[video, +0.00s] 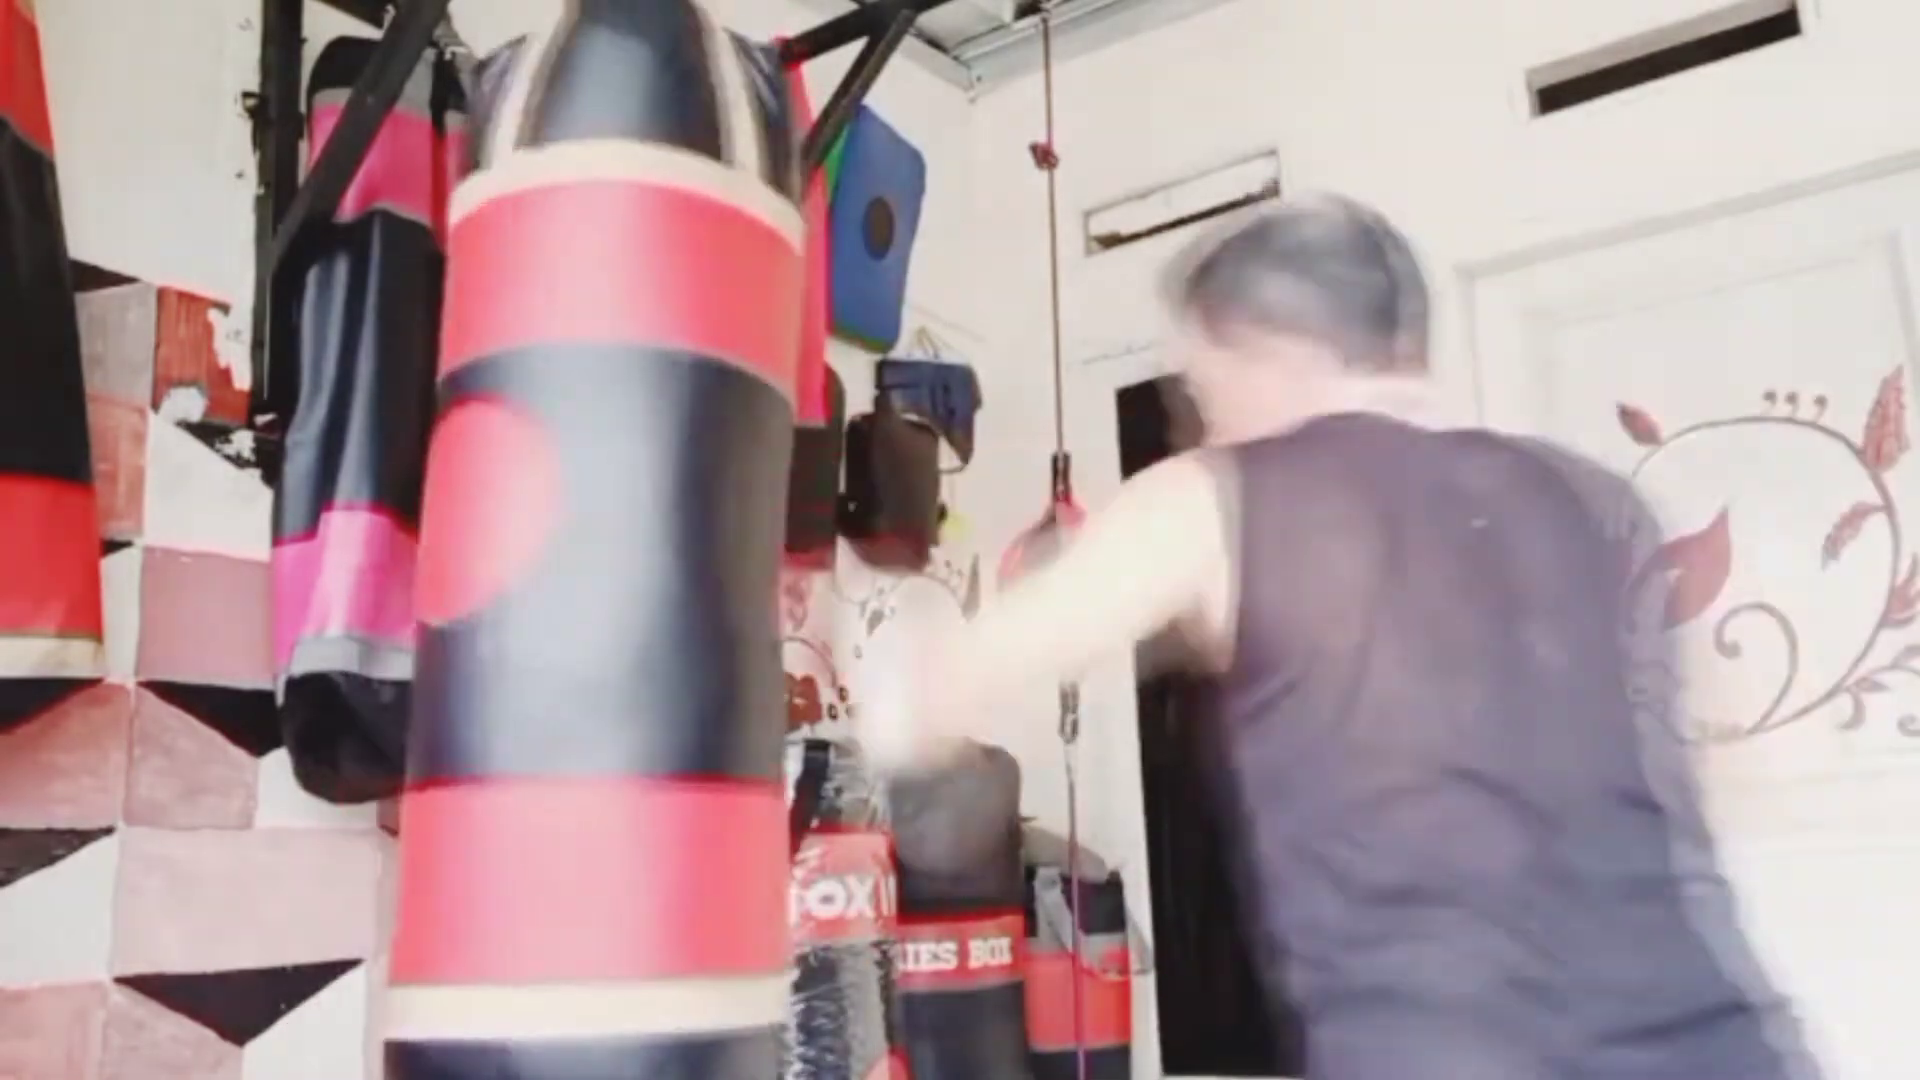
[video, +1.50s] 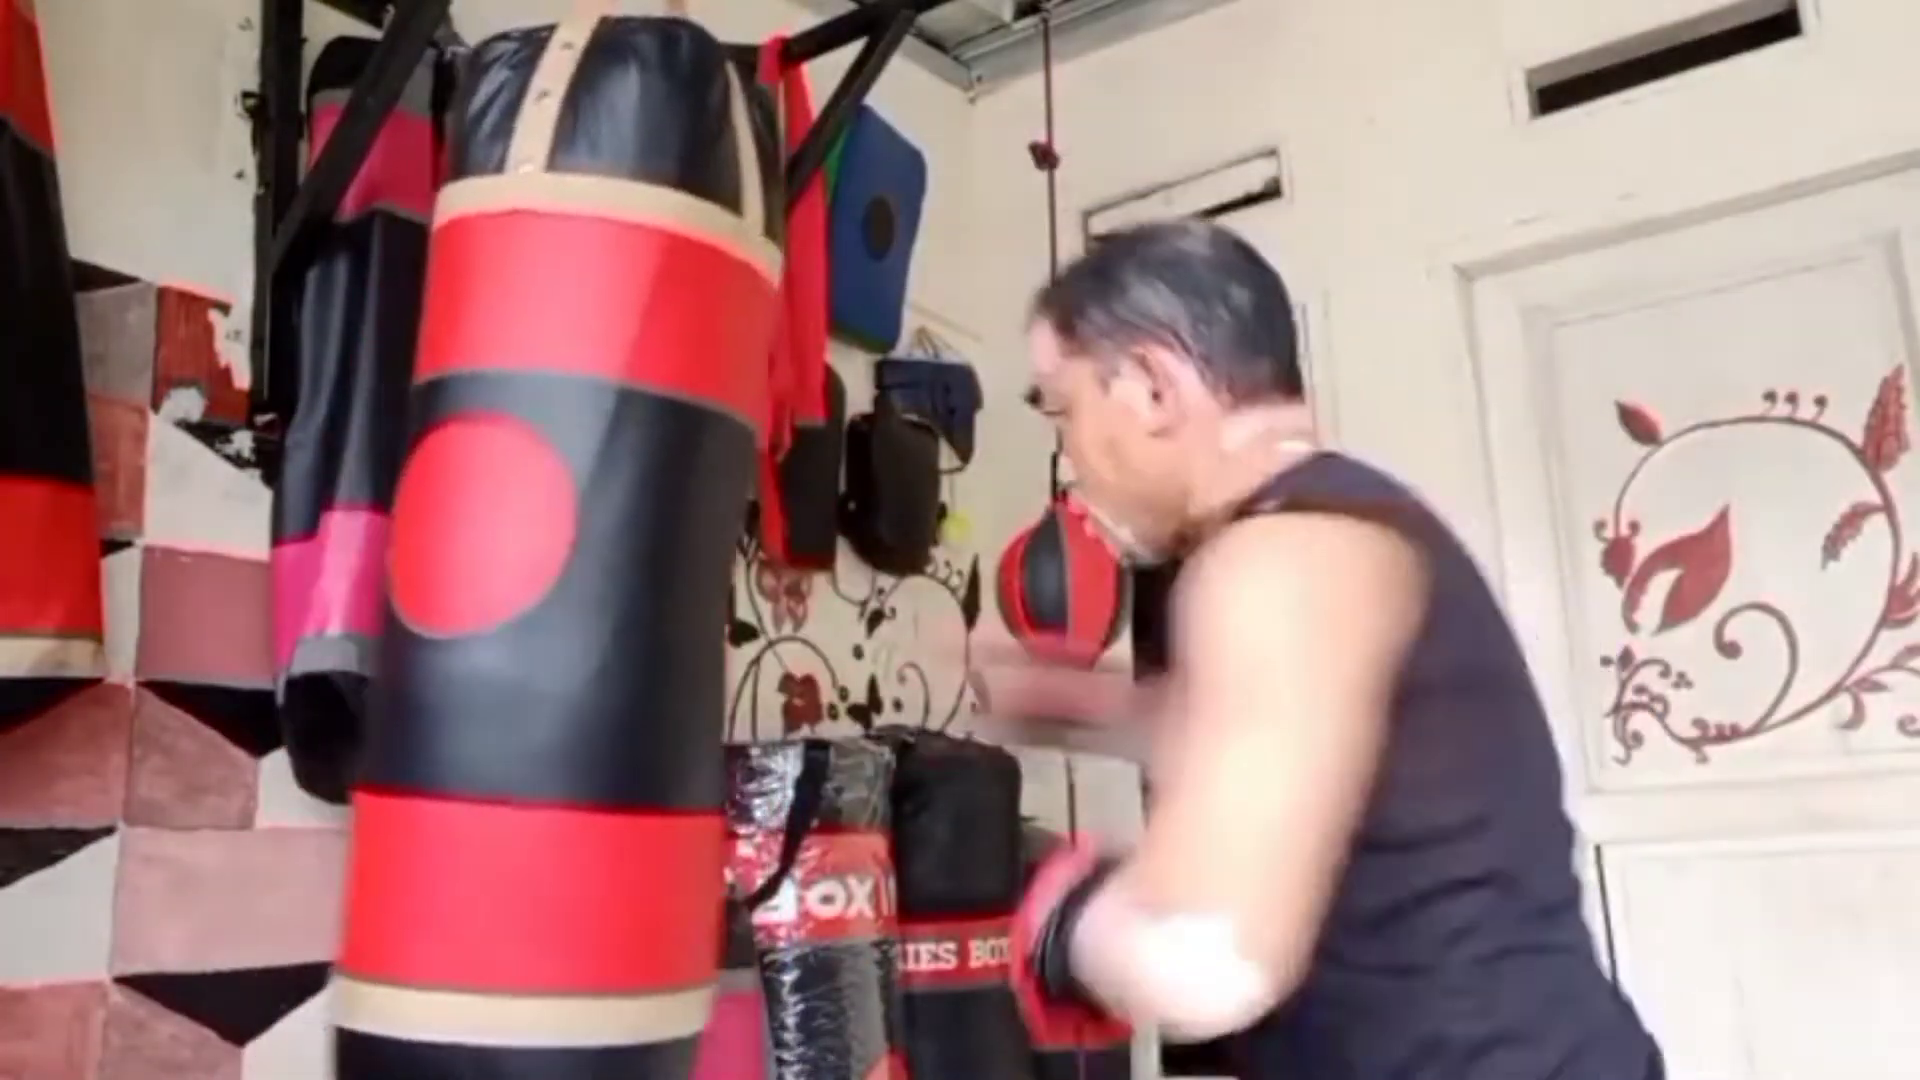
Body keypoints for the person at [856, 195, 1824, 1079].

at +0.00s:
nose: (1205, 414)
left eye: (1203, 379)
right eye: (1196, 384)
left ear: (1260, 346)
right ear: (1407, 345)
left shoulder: (1212, 505)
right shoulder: (1601, 500)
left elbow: (930, 707)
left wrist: (991, 611)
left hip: (1426, 1055)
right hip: (1708, 1046)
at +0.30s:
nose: (1037, 384)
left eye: (1026, 339)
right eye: (1022, 345)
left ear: (1101, 321)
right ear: (1237, 293)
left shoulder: (1219, 526)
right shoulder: (1342, 446)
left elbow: (1216, 982)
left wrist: (1020, 854)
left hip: (1410, 1059)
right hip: (1568, 1033)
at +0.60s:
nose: (1049, 386)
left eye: (1039, 339)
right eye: (1033, 344)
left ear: (1114, 327)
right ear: (1251, 304)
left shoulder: (1191, 531)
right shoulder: (1396, 479)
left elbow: (1178, 958)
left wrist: (1005, 947)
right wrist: (1086, 937)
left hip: (1364, 1060)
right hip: (1563, 1042)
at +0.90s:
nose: (1158, 481)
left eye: (1162, 436)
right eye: (1153, 443)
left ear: (1250, 414)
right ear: (1360, 401)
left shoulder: (1273, 569)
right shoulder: (1528, 584)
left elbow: (1246, 976)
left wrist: (1120, 1049)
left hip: (1418, 1058)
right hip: (1627, 1051)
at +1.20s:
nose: (1165, 532)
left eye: (1168, 488)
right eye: (1157, 497)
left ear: (1250, 462)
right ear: (1367, 464)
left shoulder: (1200, 633)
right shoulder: (1559, 624)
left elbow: (1106, 1018)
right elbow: (1669, 958)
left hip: (1381, 1053)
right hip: (1633, 1055)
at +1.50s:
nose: (1065, 465)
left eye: (1060, 411)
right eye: (1053, 418)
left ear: (1152, 384)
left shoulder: (1285, 560)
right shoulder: (1345, 521)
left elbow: (1208, 968)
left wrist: (1067, 906)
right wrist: (1069, 704)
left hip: (1469, 1061)